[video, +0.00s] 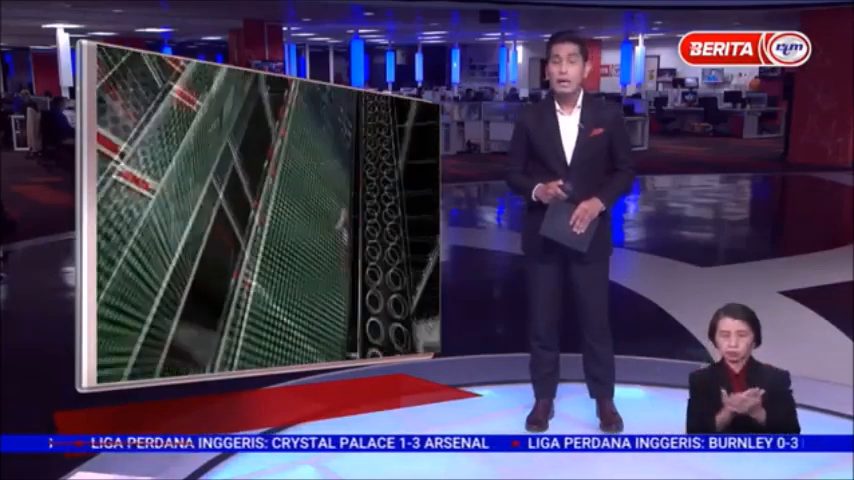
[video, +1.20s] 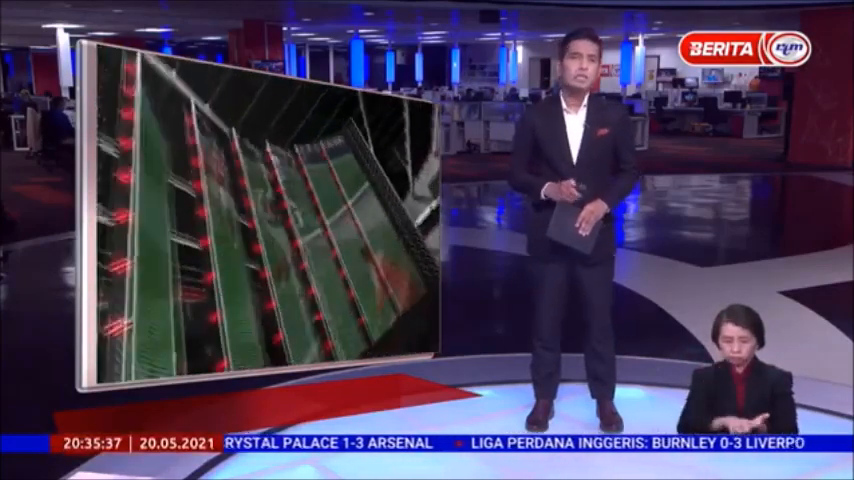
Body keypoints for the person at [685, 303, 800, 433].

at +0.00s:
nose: (733, 343)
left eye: (742, 335)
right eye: (725, 335)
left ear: (755, 340)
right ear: (714, 340)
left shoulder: (776, 379)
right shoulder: (701, 380)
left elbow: (791, 432)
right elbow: (695, 434)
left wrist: (757, 413)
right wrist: (728, 411)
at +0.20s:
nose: (735, 345)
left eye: (744, 337)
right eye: (727, 337)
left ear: (756, 341)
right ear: (717, 341)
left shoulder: (777, 379)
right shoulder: (702, 378)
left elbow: (796, 434)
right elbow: (690, 435)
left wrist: (771, 407)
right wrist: (710, 399)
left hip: (765, 462)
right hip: (714, 462)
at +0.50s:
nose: (737, 344)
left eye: (745, 336)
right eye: (729, 336)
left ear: (758, 340)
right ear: (719, 340)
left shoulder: (779, 379)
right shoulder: (702, 379)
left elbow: (801, 430)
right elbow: (680, 433)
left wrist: (772, 422)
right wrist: (701, 414)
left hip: (767, 465)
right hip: (712, 464)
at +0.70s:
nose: (736, 347)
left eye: (744, 338)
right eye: (728, 338)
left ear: (758, 341)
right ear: (718, 341)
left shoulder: (779, 380)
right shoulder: (704, 379)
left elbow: (795, 434)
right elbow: (683, 431)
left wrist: (774, 436)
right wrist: (703, 415)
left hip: (763, 464)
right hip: (712, 462)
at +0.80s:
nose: (735, 349)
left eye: (744, 340)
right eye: (728, 340)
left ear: (757, 342)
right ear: (718, 342)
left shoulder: (777, 380)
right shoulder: (704, 377)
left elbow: (792, 432)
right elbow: (685, 425)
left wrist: (770, 428)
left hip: (762, 462)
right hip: (715, 460)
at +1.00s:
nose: (735, 350)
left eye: (743, 341)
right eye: (728, 341)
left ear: (757, 343)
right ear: (718, 343)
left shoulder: (777, 379)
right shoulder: (704, 377)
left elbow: (789, 430)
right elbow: (685, 421)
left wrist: (770, 421)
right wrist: (712, 386)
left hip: (762, 462)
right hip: (714, 460)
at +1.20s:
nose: (735, 349)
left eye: (744, 341)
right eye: (728, 341)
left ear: (757, 343)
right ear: (718, 343)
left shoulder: (777, 380)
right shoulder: (704, 378)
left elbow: (789, 434)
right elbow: (685, 427)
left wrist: (762, 428)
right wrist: (723, 422)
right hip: (714, 462)